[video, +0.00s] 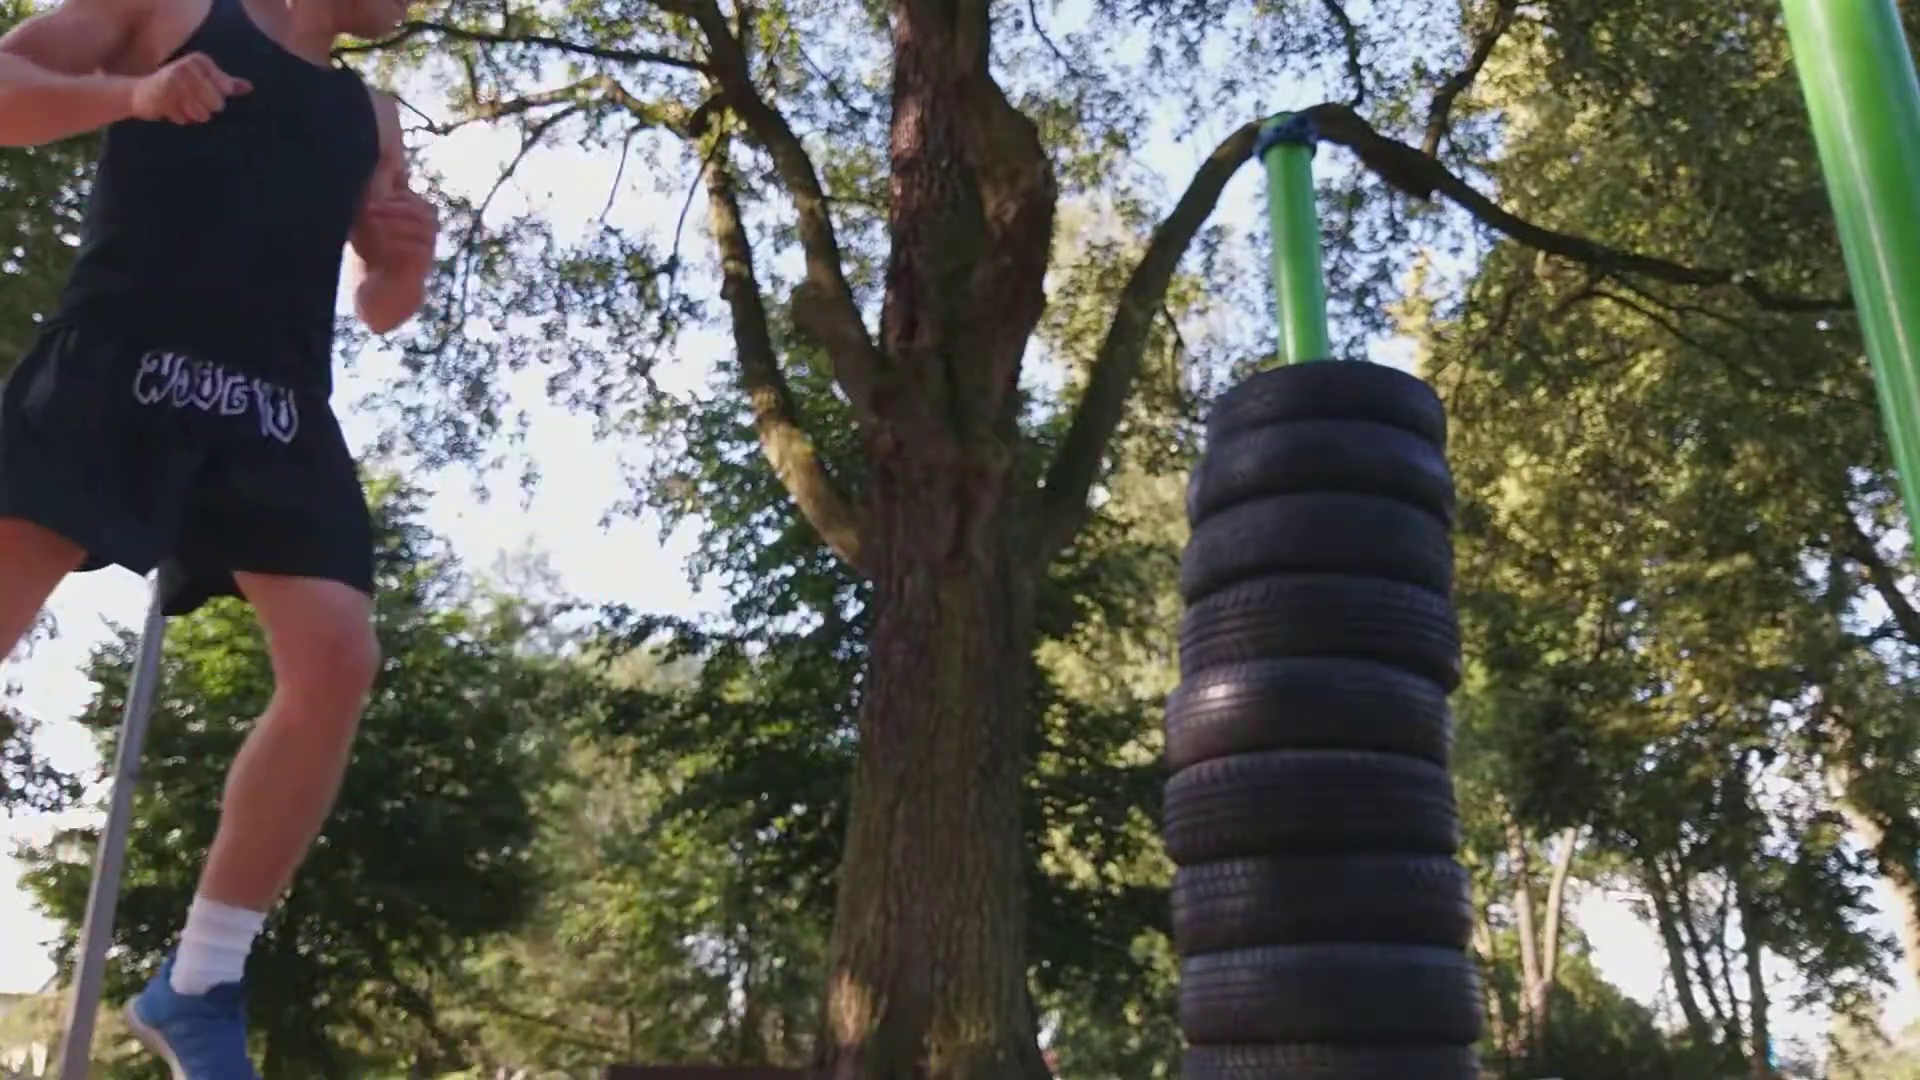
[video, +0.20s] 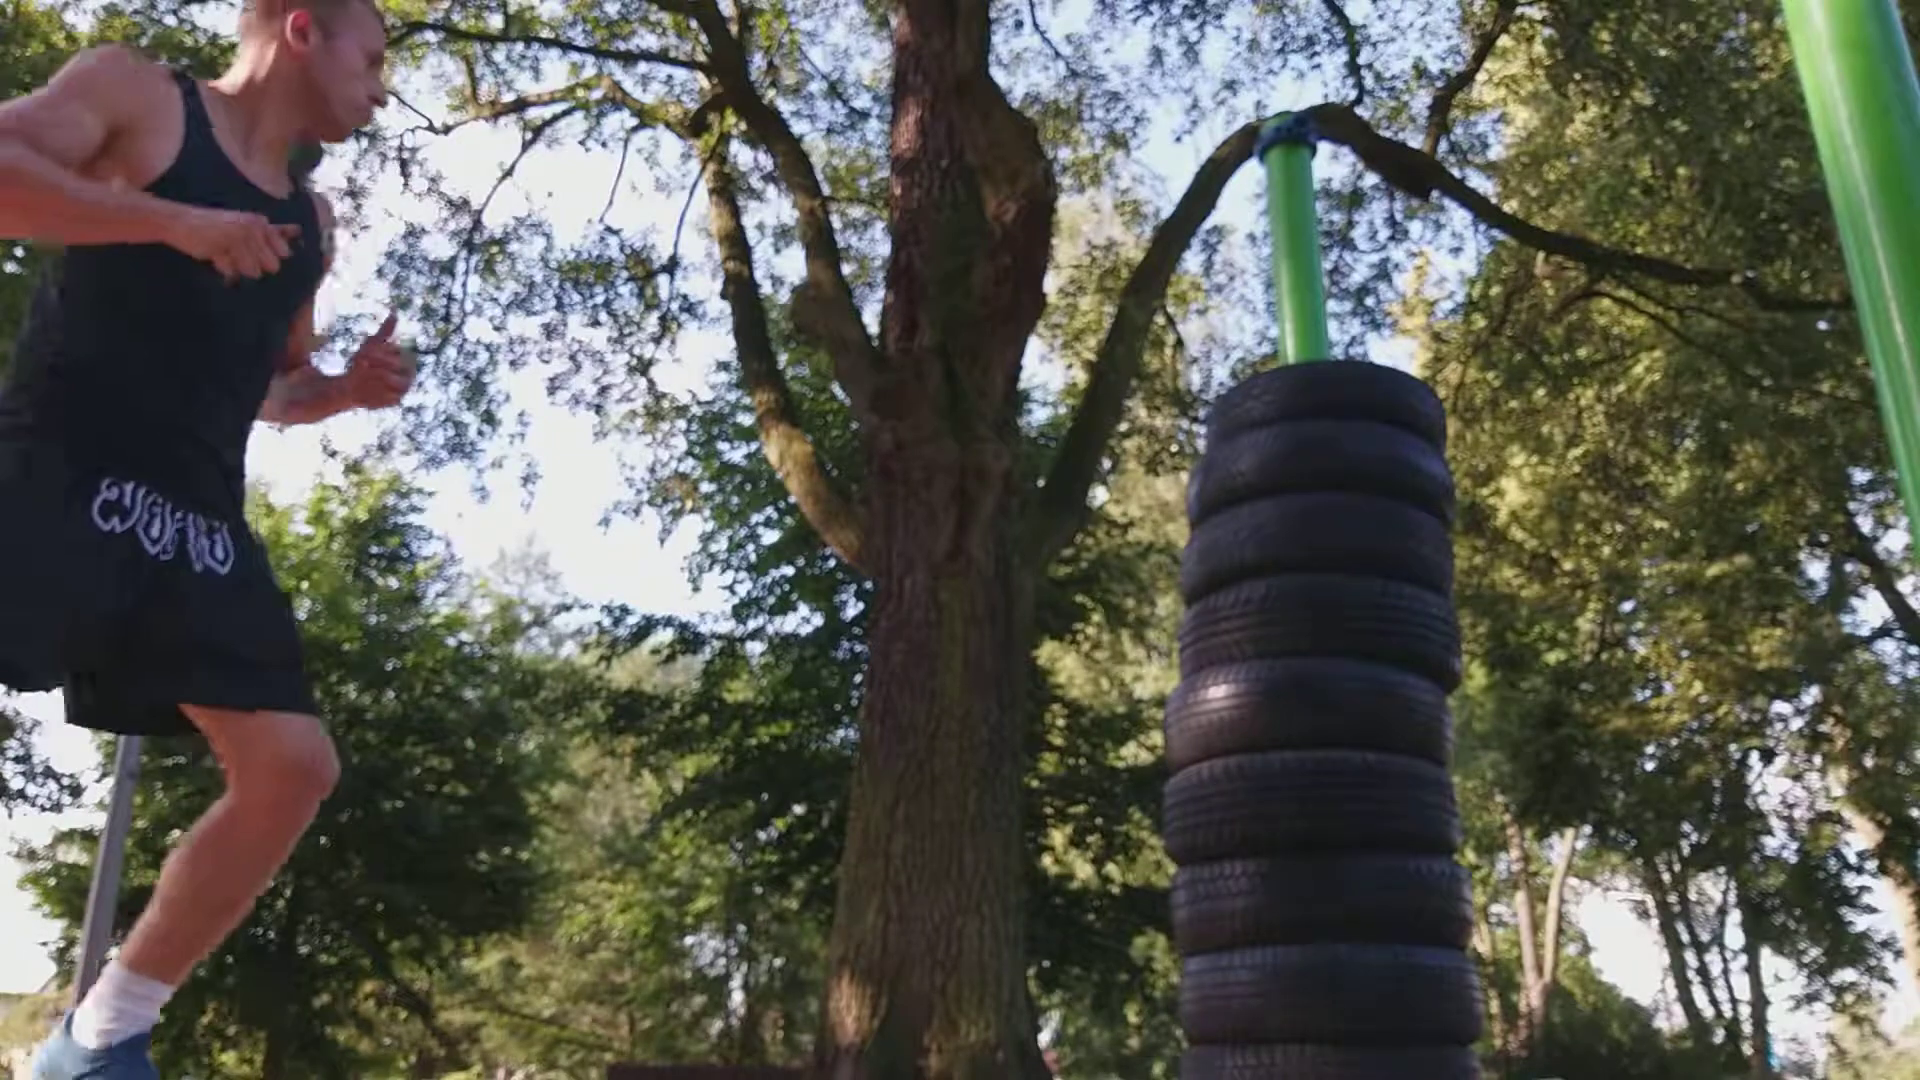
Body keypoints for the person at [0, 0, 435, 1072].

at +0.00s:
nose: (411, 5)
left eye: (414, 4)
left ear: (375, 12)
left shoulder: (369, 113)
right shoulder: (163, 10)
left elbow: (383, 310)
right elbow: (2, 93)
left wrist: (408, 256)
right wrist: (131, 93)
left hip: (278, 412)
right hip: (108, 373)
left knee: (336, 663)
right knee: (0, 616)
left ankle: (200, 983)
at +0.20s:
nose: (384, 87)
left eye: (386, 64)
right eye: (371, 53)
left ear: (306, 44)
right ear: (291, 28)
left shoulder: (310, 220)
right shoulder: (132, 85)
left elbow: (266, 392)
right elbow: (3, 166)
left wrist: (346, 387)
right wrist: (174, 220)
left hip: (199, 529)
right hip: (51, 482)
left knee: (292, 770)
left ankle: (99, 1040)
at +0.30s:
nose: (416, 92)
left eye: (422, 72)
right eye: (410, 62)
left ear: (348, 41)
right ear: (338, 29)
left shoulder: (325, 198)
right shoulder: (187, 81)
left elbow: (246, 365)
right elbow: (54, 180)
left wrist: (348, 368)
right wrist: (260, 224)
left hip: (244, 510)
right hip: (95, 476)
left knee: (344, 727)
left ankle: (192, 998)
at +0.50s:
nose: (454, 189)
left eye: (458, 169)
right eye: (445, 161)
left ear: (383, 150)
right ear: (376, 139)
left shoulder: (385, 310)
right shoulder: (241, 196)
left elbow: (401, 461)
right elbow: (115, 306)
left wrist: (465, 449)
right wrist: (308, 316)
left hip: (326, 582)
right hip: (198, 545)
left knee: (389, 821)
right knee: (48, 757)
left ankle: (316, 1067)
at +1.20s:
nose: (521, 201)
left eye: (528, 182)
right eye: (515, 173)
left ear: (457, 153)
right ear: (451, 146)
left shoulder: (467, 307)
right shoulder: (302, 204)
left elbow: (496, 456)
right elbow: (164, 327)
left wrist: (538, 487)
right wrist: (209, 448)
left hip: (369, 576)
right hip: (252, 537)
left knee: (462, 773)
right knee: (106, 753)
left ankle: (415, 1049)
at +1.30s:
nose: (552, 263)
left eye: (553, 243)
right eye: (544, 238)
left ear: (489, 227)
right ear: (493, 217)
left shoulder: (490, 374)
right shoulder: (361, 273)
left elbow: (548, 496)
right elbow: (197, 366)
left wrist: (651, 453)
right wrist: (206, 506)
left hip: (408, 636)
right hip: (312, 601)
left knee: (496, 828)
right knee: (172, 795)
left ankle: (466, 1068)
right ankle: (3, 984)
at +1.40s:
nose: (585, 286)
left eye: (587, 271)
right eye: (579, 264)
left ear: (532, 255)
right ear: (536, 243)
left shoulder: (525, 353)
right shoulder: (473, 270)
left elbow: (530, 496)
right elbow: (352, 324)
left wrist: (609, 439)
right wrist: (423, 462)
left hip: (489, 598)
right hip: (445, 582)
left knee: (503, 839)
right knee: (474, 831)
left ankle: (460, 1066)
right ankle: (148, 933)